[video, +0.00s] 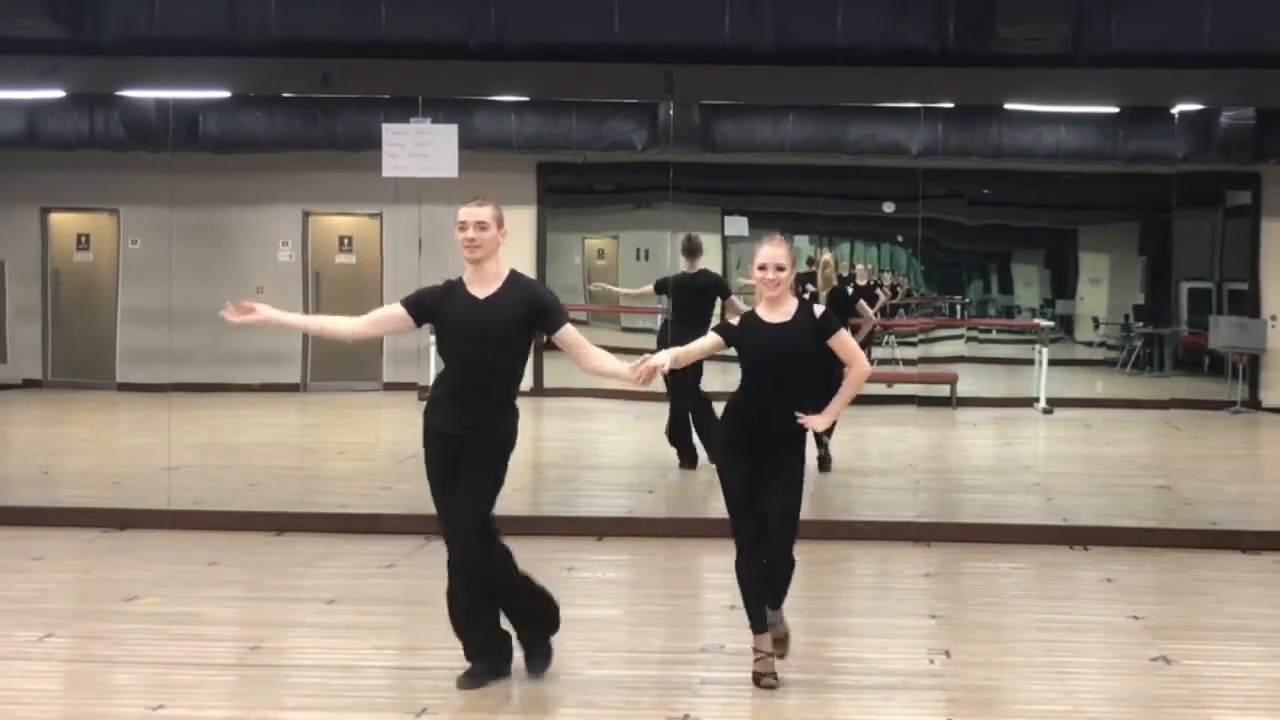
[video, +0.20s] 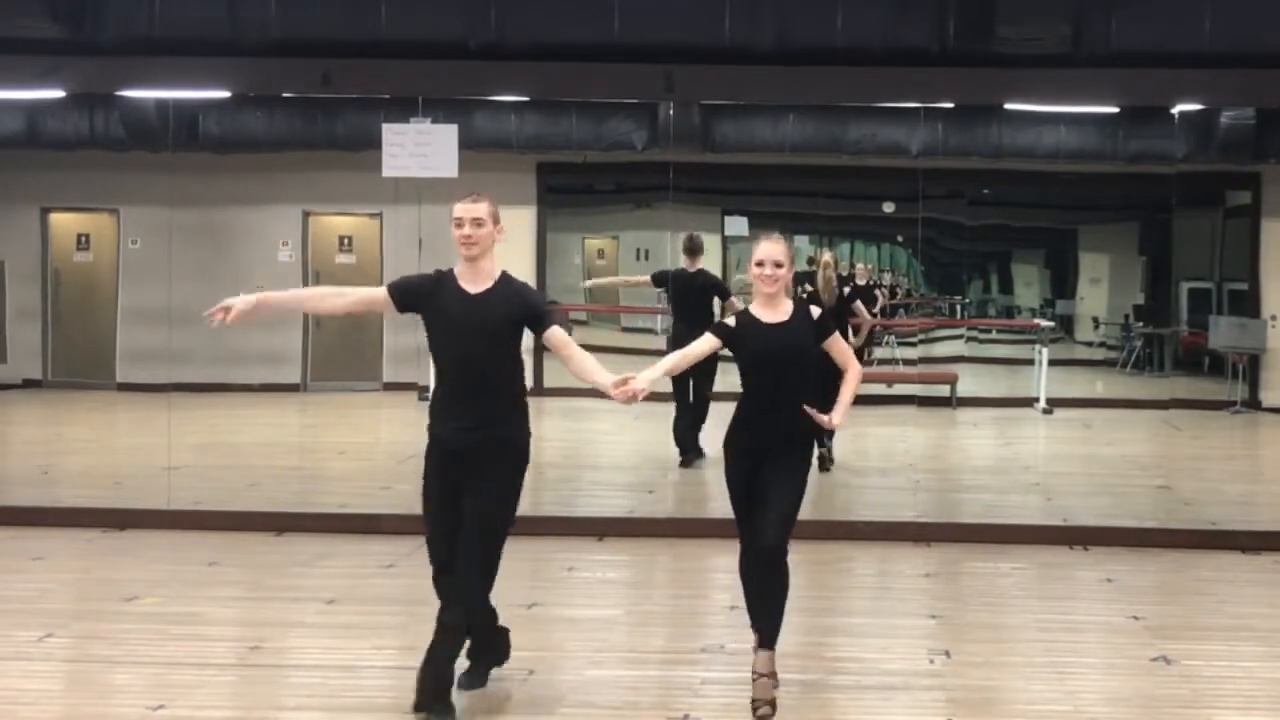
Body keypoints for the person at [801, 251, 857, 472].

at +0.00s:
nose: (825, 271)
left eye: (825, 266)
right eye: (827, 267)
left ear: (816, 269)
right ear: (835, 270)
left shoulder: (804, 288)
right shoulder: (843, 292)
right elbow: (869, 318)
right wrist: (855, 341)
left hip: (810, 350)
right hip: (836, 350)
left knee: (811, 395)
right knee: (835, 397)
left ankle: (821, 444)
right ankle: (825, 440)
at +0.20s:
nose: (827, 273)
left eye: (826, 268)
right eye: (828, 268)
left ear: (818, 270)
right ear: (835, 269)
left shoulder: (808, 293)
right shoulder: (844, 292)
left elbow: (797, 319)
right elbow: (867, 318)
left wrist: (801, 341)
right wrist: (859, 341)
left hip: (814, 351)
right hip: (839, 350)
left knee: (814, 398)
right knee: (831, 397)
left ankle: (822, 446)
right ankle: (827, 443)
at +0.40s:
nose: (827, 271)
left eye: (825, 266)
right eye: (830, 267)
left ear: (818, 269)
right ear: (836, 270)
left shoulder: (806, 292)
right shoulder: (842, 292)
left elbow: (787, 313)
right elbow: (866, 321)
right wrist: (854, 335)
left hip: (816, 349)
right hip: (839, 349)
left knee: (816, 397)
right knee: (836, 399)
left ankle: (822, 442)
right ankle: (829, 446)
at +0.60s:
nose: (828, 271)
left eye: (825, 267)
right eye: (831, 268)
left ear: (820, 271)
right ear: (836, 272)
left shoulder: (808, 294)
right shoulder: (843, 294)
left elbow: (788, 313)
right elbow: (869, 320)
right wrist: (852, 335)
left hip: (818, 350)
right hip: (840, 350)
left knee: (820, 398)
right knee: (837, 401)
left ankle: (820, 439)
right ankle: (830, 446)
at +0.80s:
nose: (825, 268)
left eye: (824, 264)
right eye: (827, 264)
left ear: (818, 267)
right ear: (836, 267)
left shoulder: (808, 292)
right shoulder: (844, 290)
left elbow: (797, 318)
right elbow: (868, 319)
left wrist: (803, 337)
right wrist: (852, 339)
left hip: (814, 350)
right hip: (838, 349)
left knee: (815, 401)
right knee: (833, 402)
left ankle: (815, 448)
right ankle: (829, 449)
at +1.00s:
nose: (823, 266)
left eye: (821, 262)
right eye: (825, 262)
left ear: (814, 265)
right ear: (832, 266)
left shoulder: (803, 287)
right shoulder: (839, 288)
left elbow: (791, 313)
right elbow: (866, 316)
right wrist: (849, 338)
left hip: (807, 350)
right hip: (832, 349)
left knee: (809, 400)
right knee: (829, 400)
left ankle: (813, 448)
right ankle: (828, 446)